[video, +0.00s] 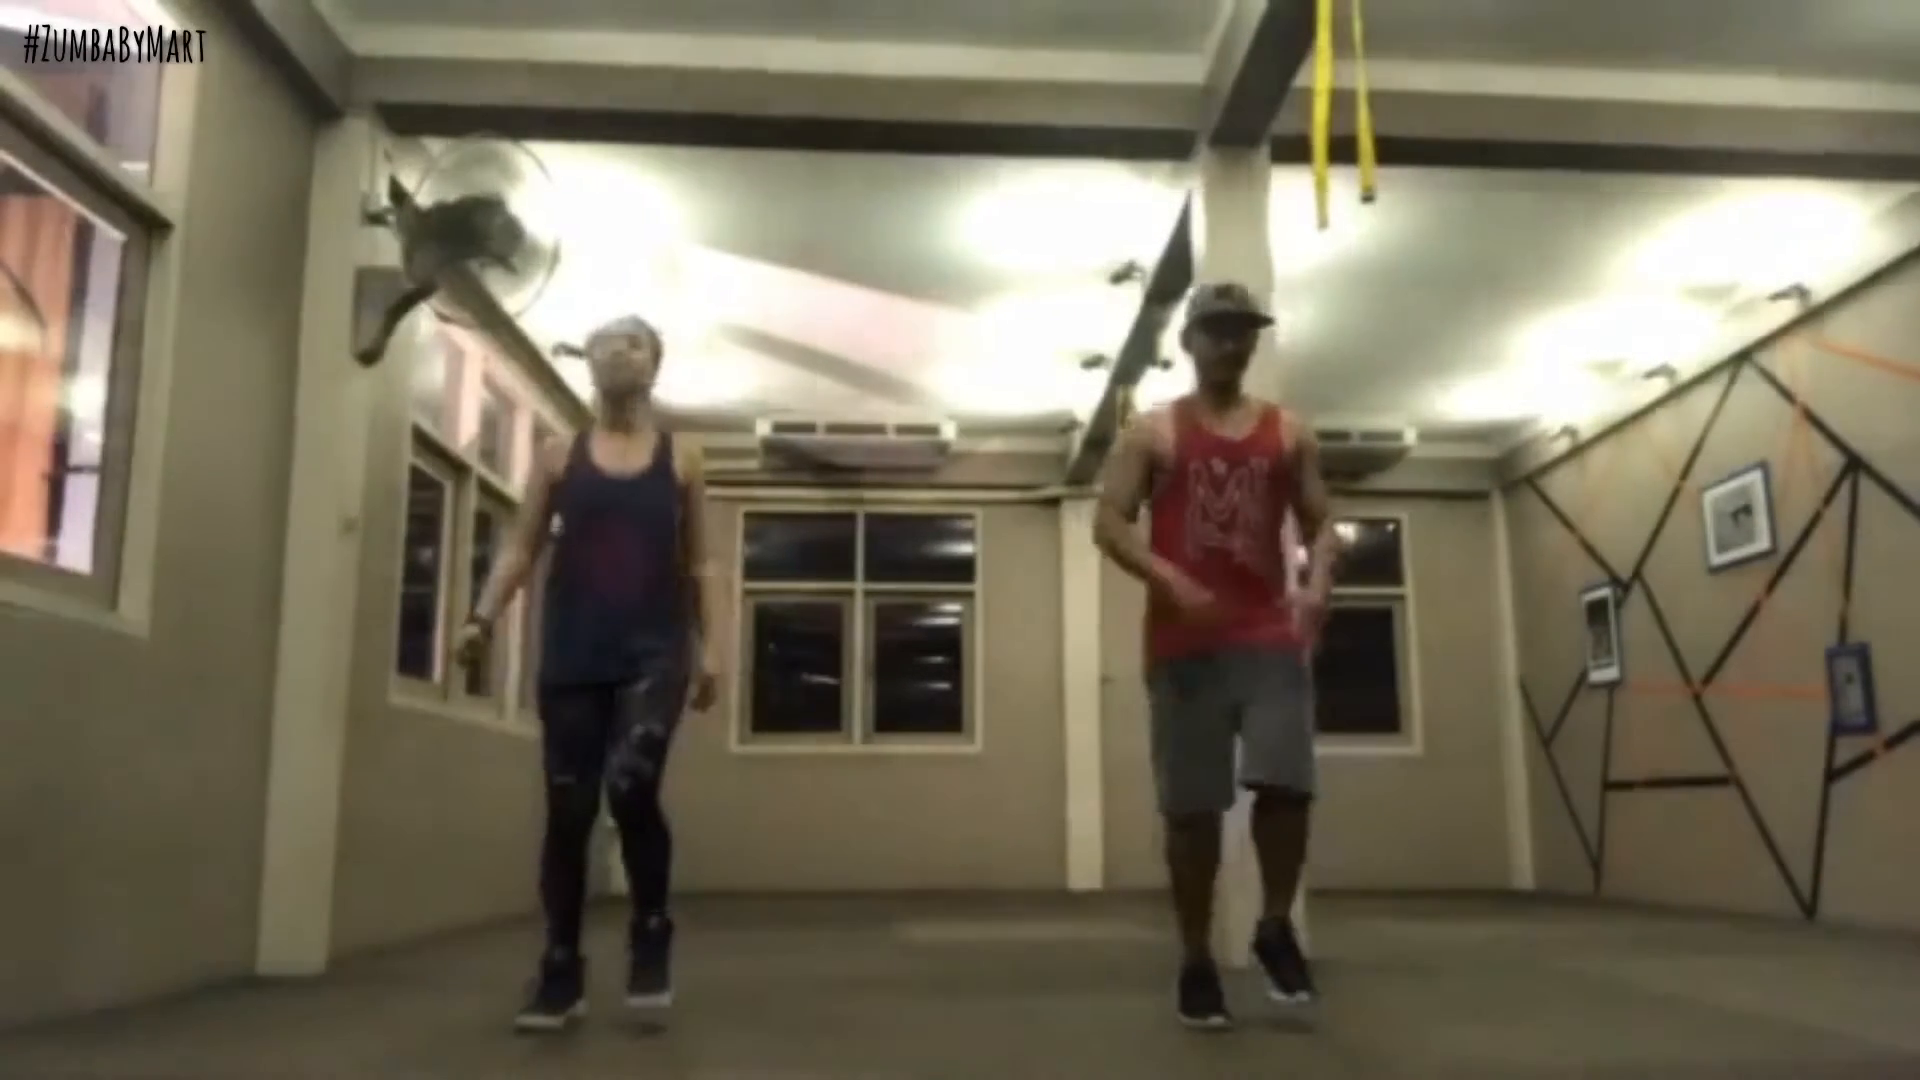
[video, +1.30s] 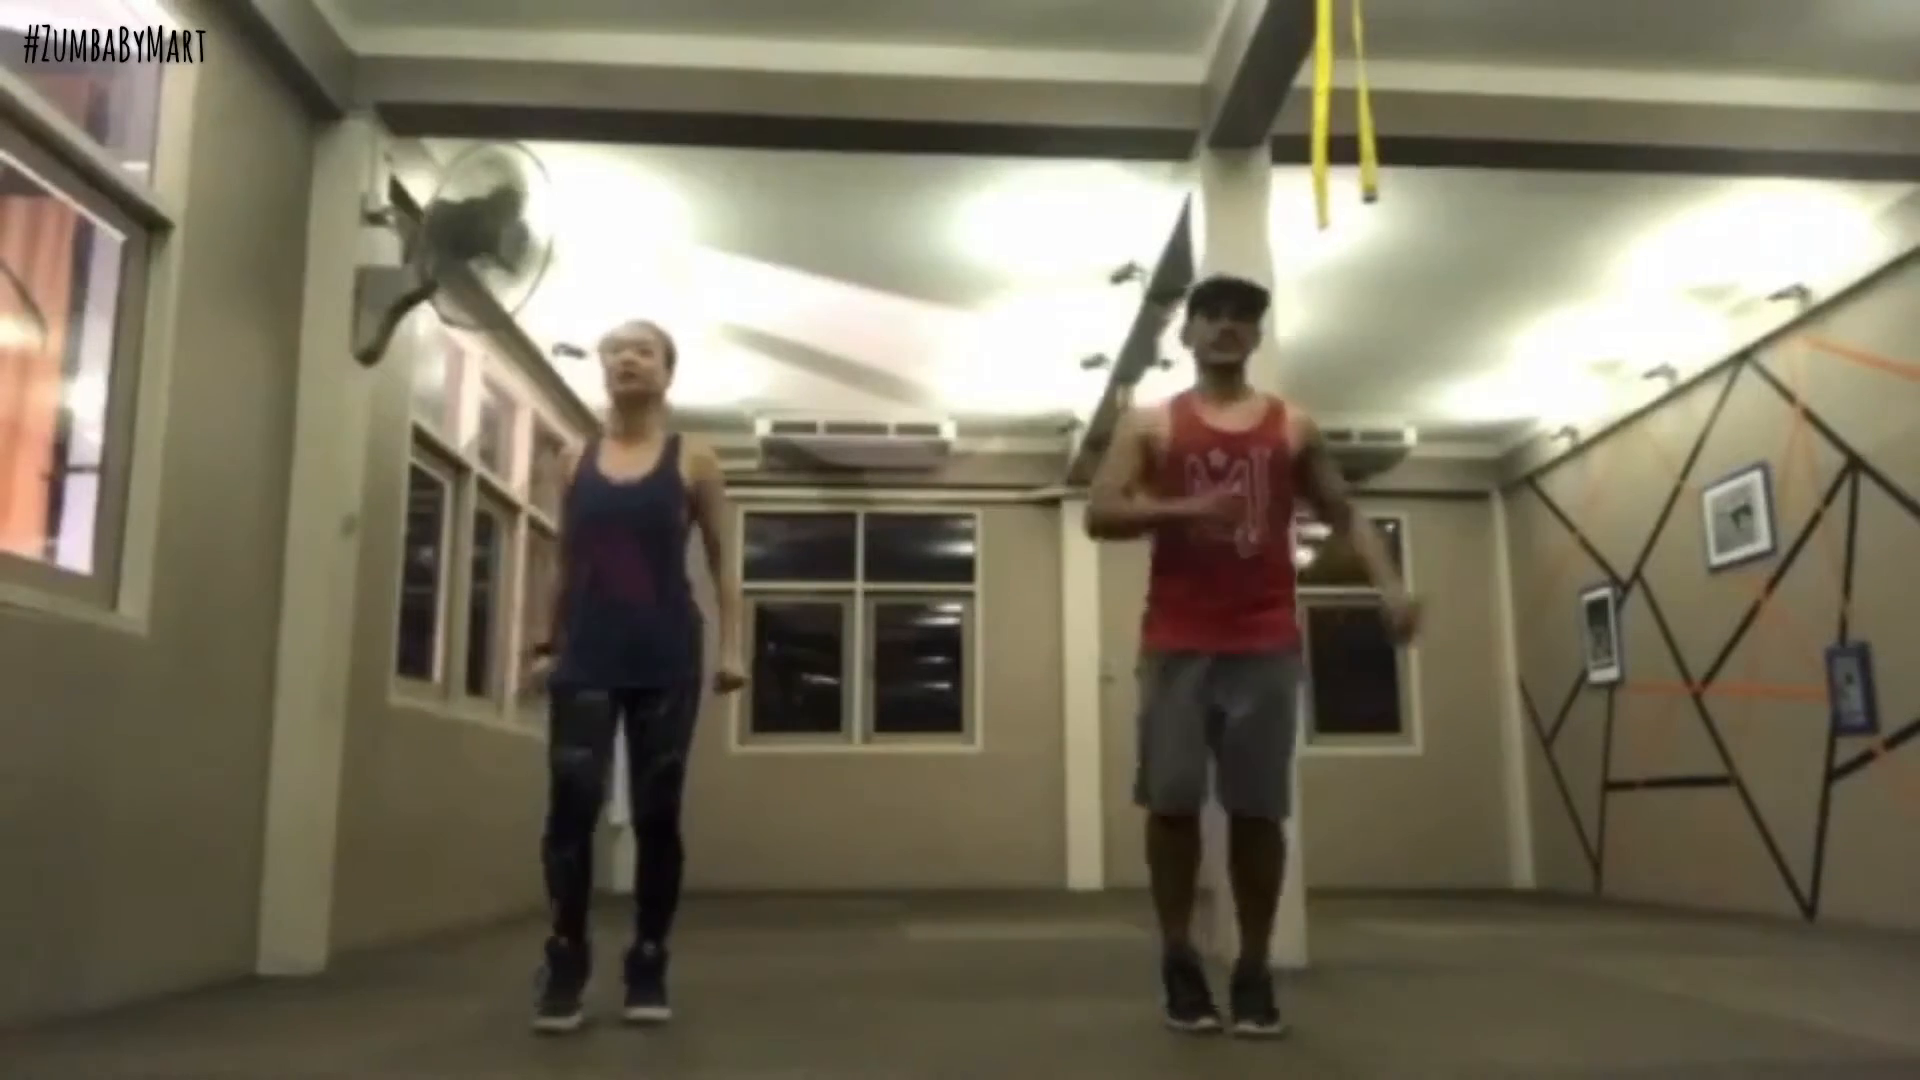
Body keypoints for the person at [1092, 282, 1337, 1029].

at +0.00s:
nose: (1227, 343)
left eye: (1240, 331)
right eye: (1214, 330)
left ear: (1257, 341)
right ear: (1188, 339)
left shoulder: (1289, 434)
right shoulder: (1153, 431)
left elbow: (1321, 526)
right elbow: (1109, 524)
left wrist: (1315, 587)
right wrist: (1169, 579)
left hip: (1270, 638)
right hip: (1186, 643)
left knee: (1287, 788)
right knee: (1193, 809)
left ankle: (1276, 928)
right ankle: (1197, 963)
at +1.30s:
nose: (1226, 330)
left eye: (1240, 319)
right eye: (1212, 317)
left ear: (1259, 335)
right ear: (1188, 330)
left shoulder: (1290, 428)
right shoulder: (1150, 422)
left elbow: (1346, 514)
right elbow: (1101, 513)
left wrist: (1390, 586)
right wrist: (1188, 510)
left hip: (1267, 643)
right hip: (1178, 643)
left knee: (1259, 812)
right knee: (1174, 808)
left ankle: (1254, 969)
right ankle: (1180, 962)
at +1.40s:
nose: (1235, 323)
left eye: (1249, 312)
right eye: (1221, 310)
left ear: (1267, 327)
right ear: (1194, 323)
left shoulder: (1298, 415)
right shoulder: (1155, 412)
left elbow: (1379, 477)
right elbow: (1071, 468)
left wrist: (1453, 523)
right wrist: (1135, 471)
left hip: (1271, 626)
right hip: (1186, 621)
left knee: (1264, 803)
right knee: (1177, 771)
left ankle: (1255, 969)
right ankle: (1170, 916)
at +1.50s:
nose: (1238, 308)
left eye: (1252, 295)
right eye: (1223, 295)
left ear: (1271, 307)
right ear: (1199, 308)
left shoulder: (1302, 393)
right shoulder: (1166, 388)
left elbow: (1398, 434)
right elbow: (1068, 424)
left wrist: (1488, 452)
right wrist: (1086, 441)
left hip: (1270, 603)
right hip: (1189, 591)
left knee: (1251, 787)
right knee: (1202, 746)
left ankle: (1232, 952)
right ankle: (1171, 909)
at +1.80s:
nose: (1271, 336)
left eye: (1284, 323)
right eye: (1255, 322)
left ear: (1300, 333)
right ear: (1226, 333)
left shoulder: (1328, 424)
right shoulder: (1207, 412)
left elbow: (1434, 460)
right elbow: (1108, 431)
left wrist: (1423, 427)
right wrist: (1007, 437)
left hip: (1300, 633)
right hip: (1214, 635)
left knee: (1364, 771)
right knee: (1203, 808)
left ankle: (1271, 913)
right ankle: (1178, 984)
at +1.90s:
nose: (1286, 327)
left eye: (1299, 314)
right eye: (1271, 313)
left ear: (1315, 323)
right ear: (1241, 324)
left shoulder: (1342, 410)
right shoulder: (1211, 404)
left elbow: (1459, 423)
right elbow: (1121, 426)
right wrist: (1101, 391)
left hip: (1325, 621)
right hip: (1233, 628)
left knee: (1406, 751)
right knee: (1211, 799)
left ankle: (1372, 896)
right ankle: (1179, 984)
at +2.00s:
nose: (1308, 316)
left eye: (1320, 304)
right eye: (1293, 304)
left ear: (1336, 312)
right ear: (1263, 316)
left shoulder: (1371, 387)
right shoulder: (1230, 393)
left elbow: (1498, 401)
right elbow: (1133, 413)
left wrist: (1625, 383)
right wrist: (1154, 346)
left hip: (1354, 624)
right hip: (1258, 627)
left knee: (1430, 777)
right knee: (1227, 795)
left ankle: (1467, 912)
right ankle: (1193, 975)